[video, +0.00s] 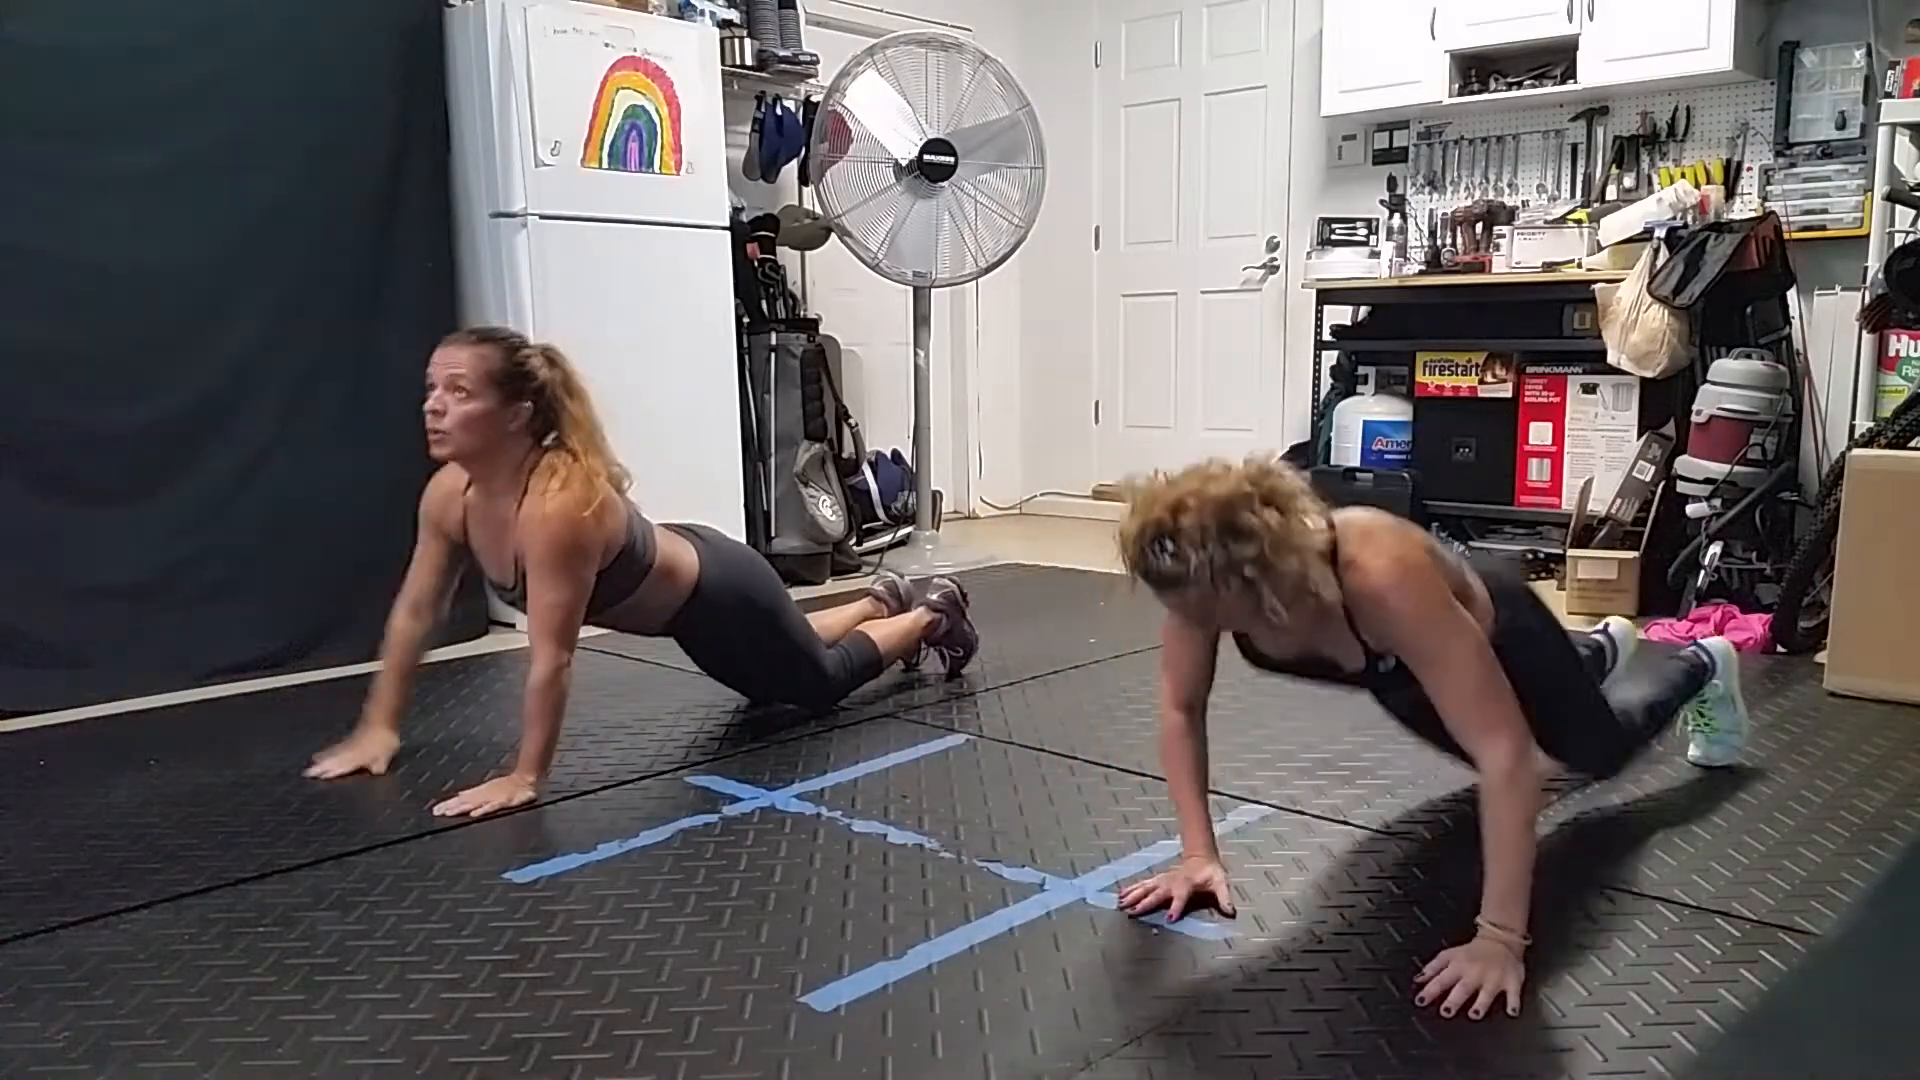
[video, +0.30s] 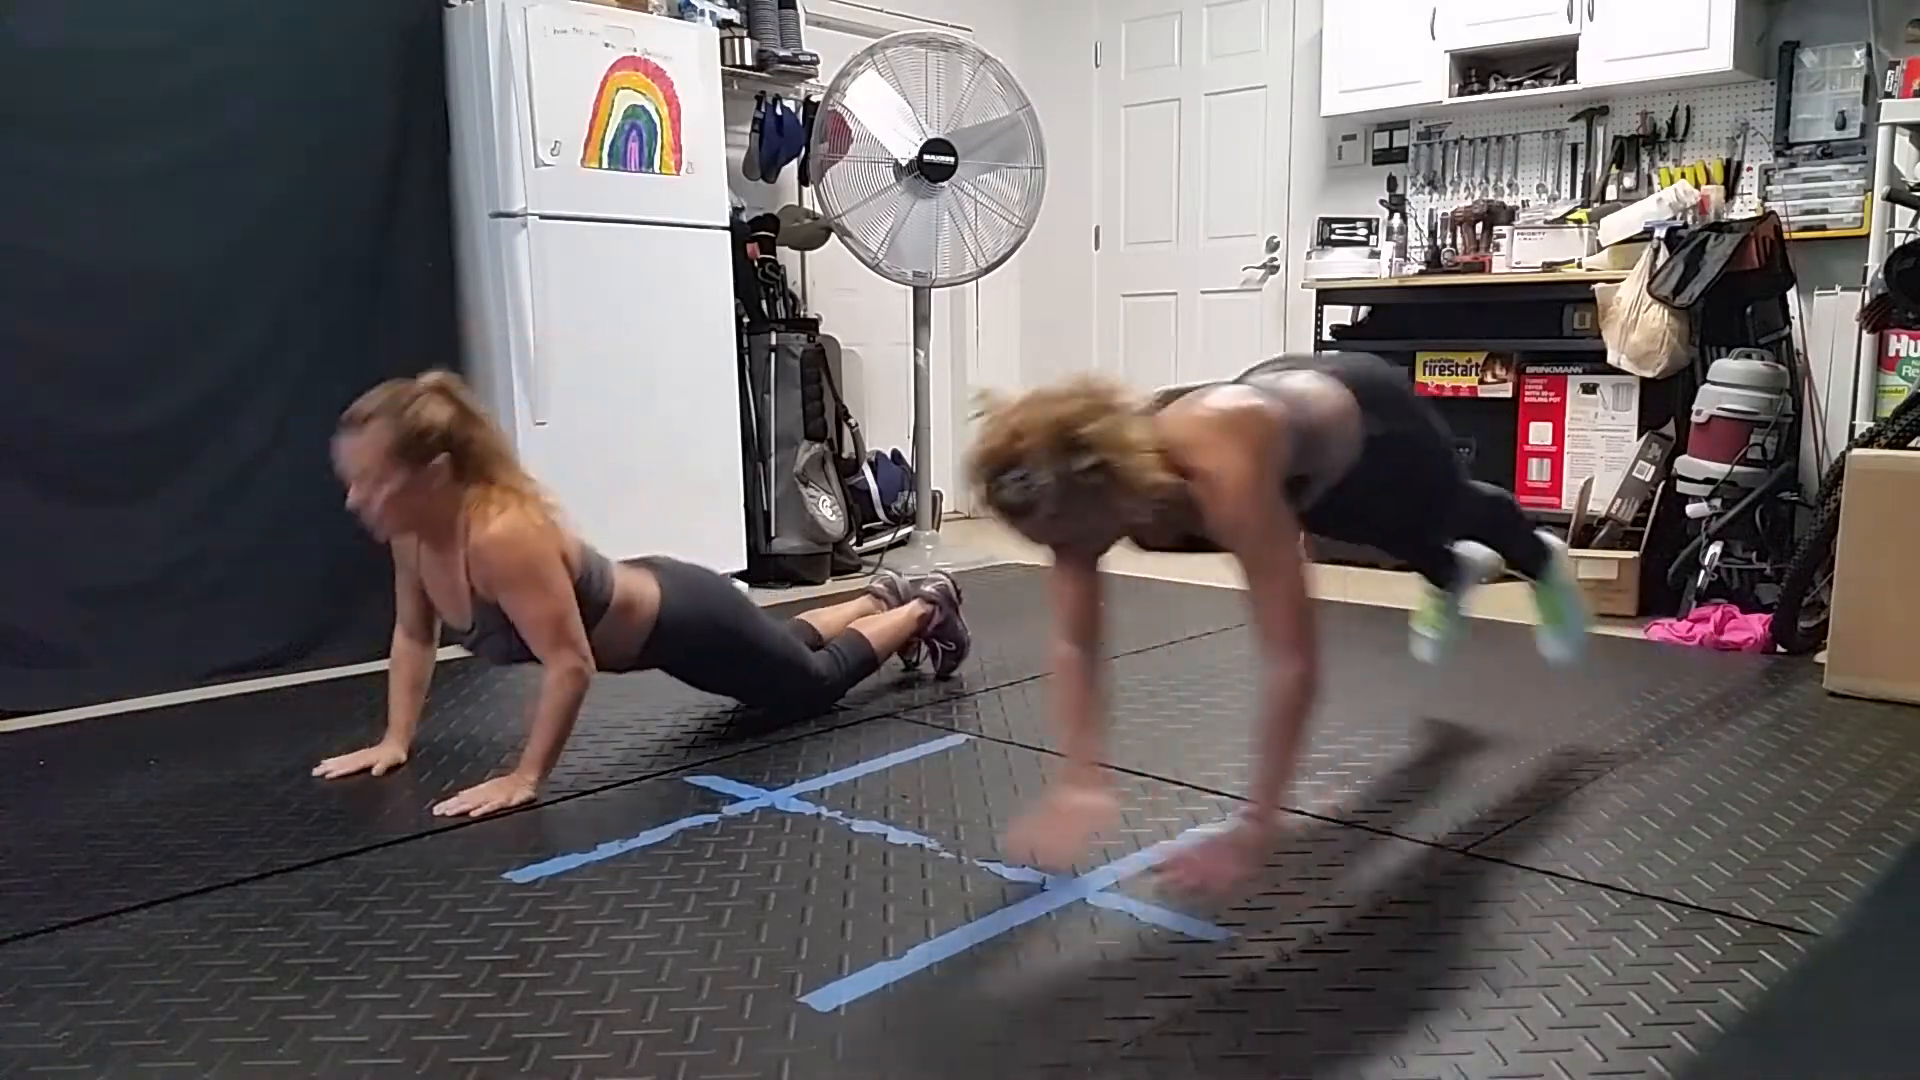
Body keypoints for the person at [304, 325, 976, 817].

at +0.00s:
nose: (433, 407)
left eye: (455, 394)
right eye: (431, 391)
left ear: (518, 412)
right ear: (437, 405)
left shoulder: (556, 506)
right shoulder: (451, 490)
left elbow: (552, 654)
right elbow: (414, 612)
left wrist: (526, 777)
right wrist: (378, 728)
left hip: (723, 600)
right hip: (683, 572)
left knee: (820, 684)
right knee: (783, 642)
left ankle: (926, 619)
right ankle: (878, 601)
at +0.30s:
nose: (353, 501)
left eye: (365, 484)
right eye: (350, 484)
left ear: (429, 471)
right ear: (406, 475)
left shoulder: (504, 536)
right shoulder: (411, 531)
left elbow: (570, 665)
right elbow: (413, 635)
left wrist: (526, 777)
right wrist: (397, 741)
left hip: (688, 623)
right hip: (650, 607)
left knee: (817, 679)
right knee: (778, 644)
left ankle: (923, 612)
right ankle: (876, 599)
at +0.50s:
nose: (319, 611)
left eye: (320, 594)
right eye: (309, 599)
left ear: (373, 560)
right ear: (367, 561)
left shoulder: (469, 583)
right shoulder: (398, 587)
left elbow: (577, 671)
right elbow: (404, 652)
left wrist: (526, 778)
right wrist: (395, 741)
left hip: (672, 651)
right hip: (631, 625)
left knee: (820, 681)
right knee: (766, 641)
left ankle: (910, 605)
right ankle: (874, 597)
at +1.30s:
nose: (346, 490)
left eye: (350, 470)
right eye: (333, 478)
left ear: (396, 436)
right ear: (348, 460)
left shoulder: (491, 481)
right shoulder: (398, 507)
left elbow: (506, 619)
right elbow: (405, 620)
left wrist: (491, 745)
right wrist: (394, 741)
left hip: (685, 586)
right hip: (647, 599)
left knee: (821, 685)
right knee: (772, 649)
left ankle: (922, 626)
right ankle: (872, 602)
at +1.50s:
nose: (349, 482)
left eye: (355, 466)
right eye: (339, 469)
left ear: (398, 435)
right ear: (347, 456)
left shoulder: (483, 472)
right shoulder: (406, 507)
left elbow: (352, 468)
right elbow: (404, 622)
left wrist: (244, 480)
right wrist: (395, 741)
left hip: (690, 579)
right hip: (652, 586)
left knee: (821, 676)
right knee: (785, 639)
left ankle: (928, 622)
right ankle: (884, 598)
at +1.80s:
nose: (339, 492)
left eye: (343, 471)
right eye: (327, 478)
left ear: (384, 434)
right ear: (349, 457)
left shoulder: (474, 460)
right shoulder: (401, 507)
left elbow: (338, 433)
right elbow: (399, 622)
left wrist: (229, 424)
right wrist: (393, 740)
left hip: (682, 583)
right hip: (642, 592)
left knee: (816, 677)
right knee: (778, 637)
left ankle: (926, 626)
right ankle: (873, 600)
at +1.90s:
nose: (345, 495)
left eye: (346, 474)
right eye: (331, 485)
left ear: (391, 429)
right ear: (341, 468)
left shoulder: (481, 462)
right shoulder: (402, 493)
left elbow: (414, 577)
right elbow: (396, 615)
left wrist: (328, 616)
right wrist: (395, 740)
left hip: (675, 585)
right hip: (644, 593)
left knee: (817, 680)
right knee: (775, 644)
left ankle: (923, 626)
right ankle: (874, 599)